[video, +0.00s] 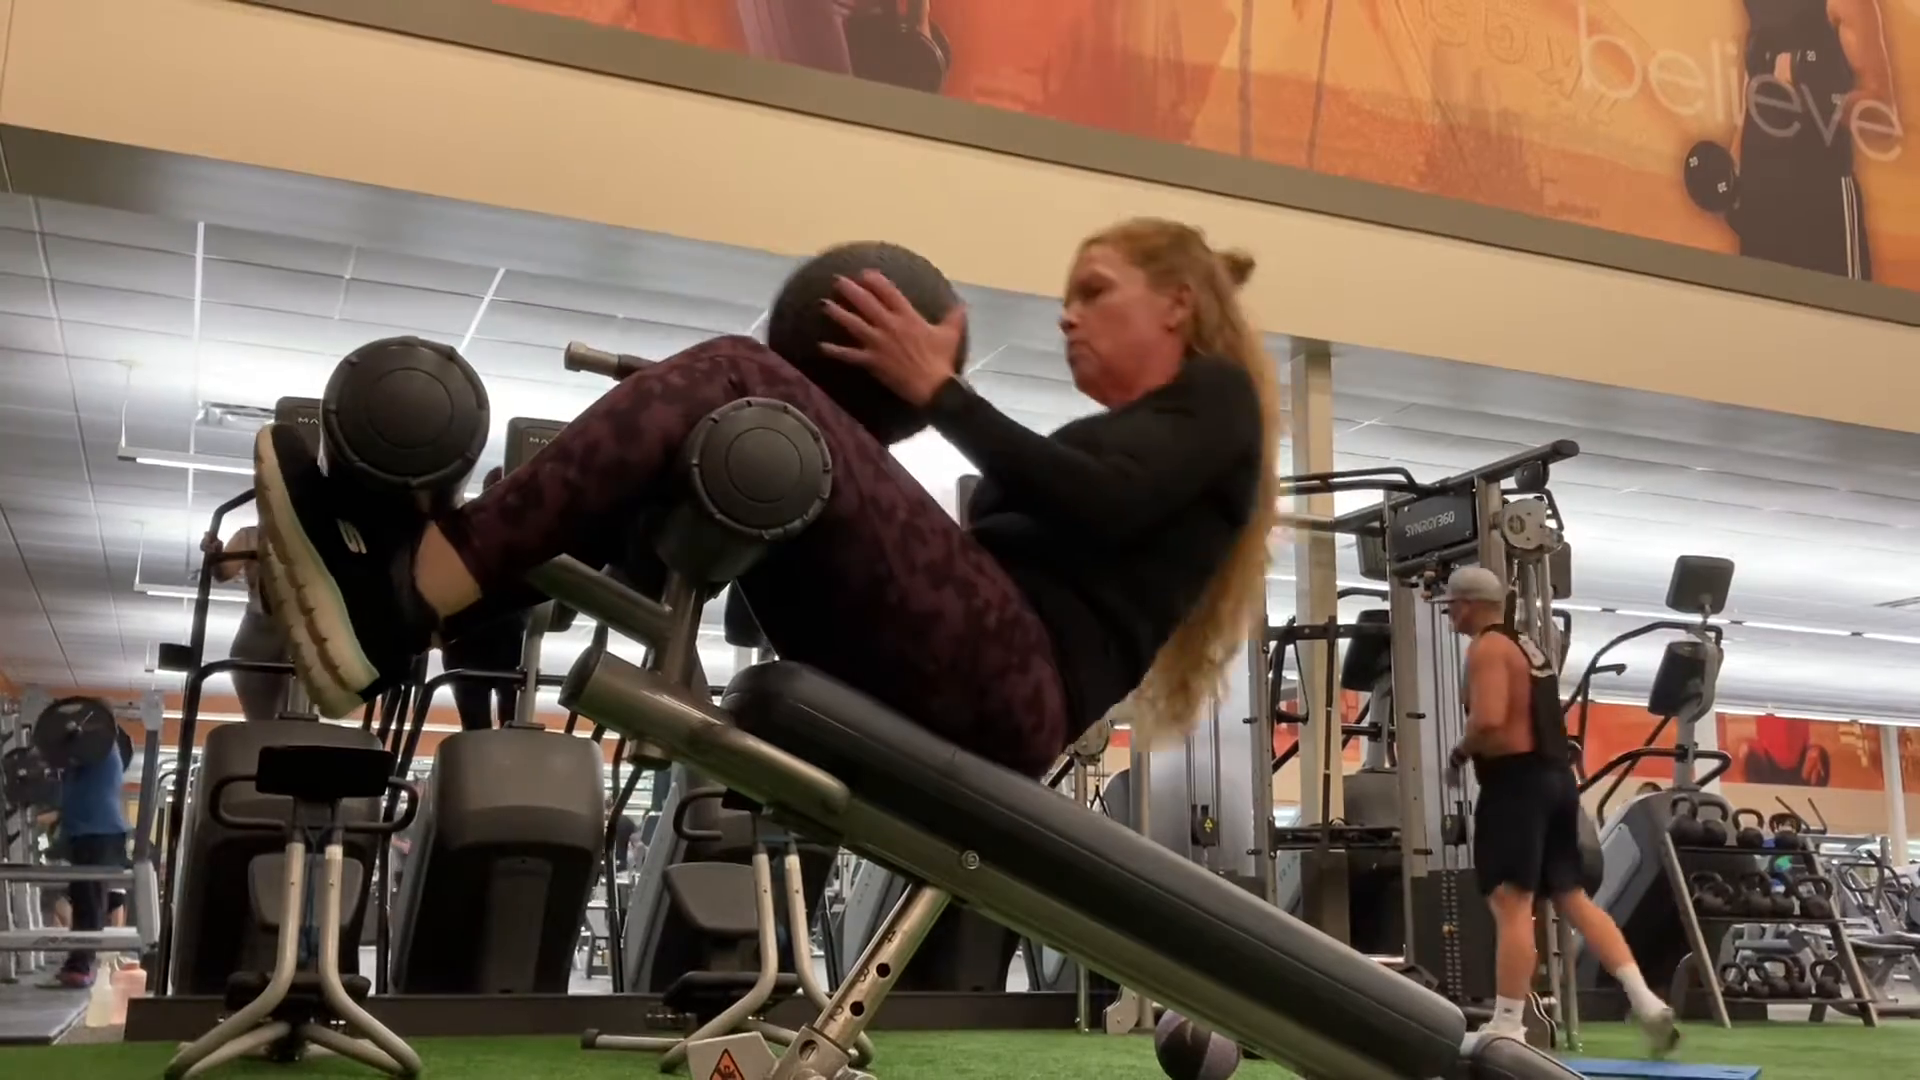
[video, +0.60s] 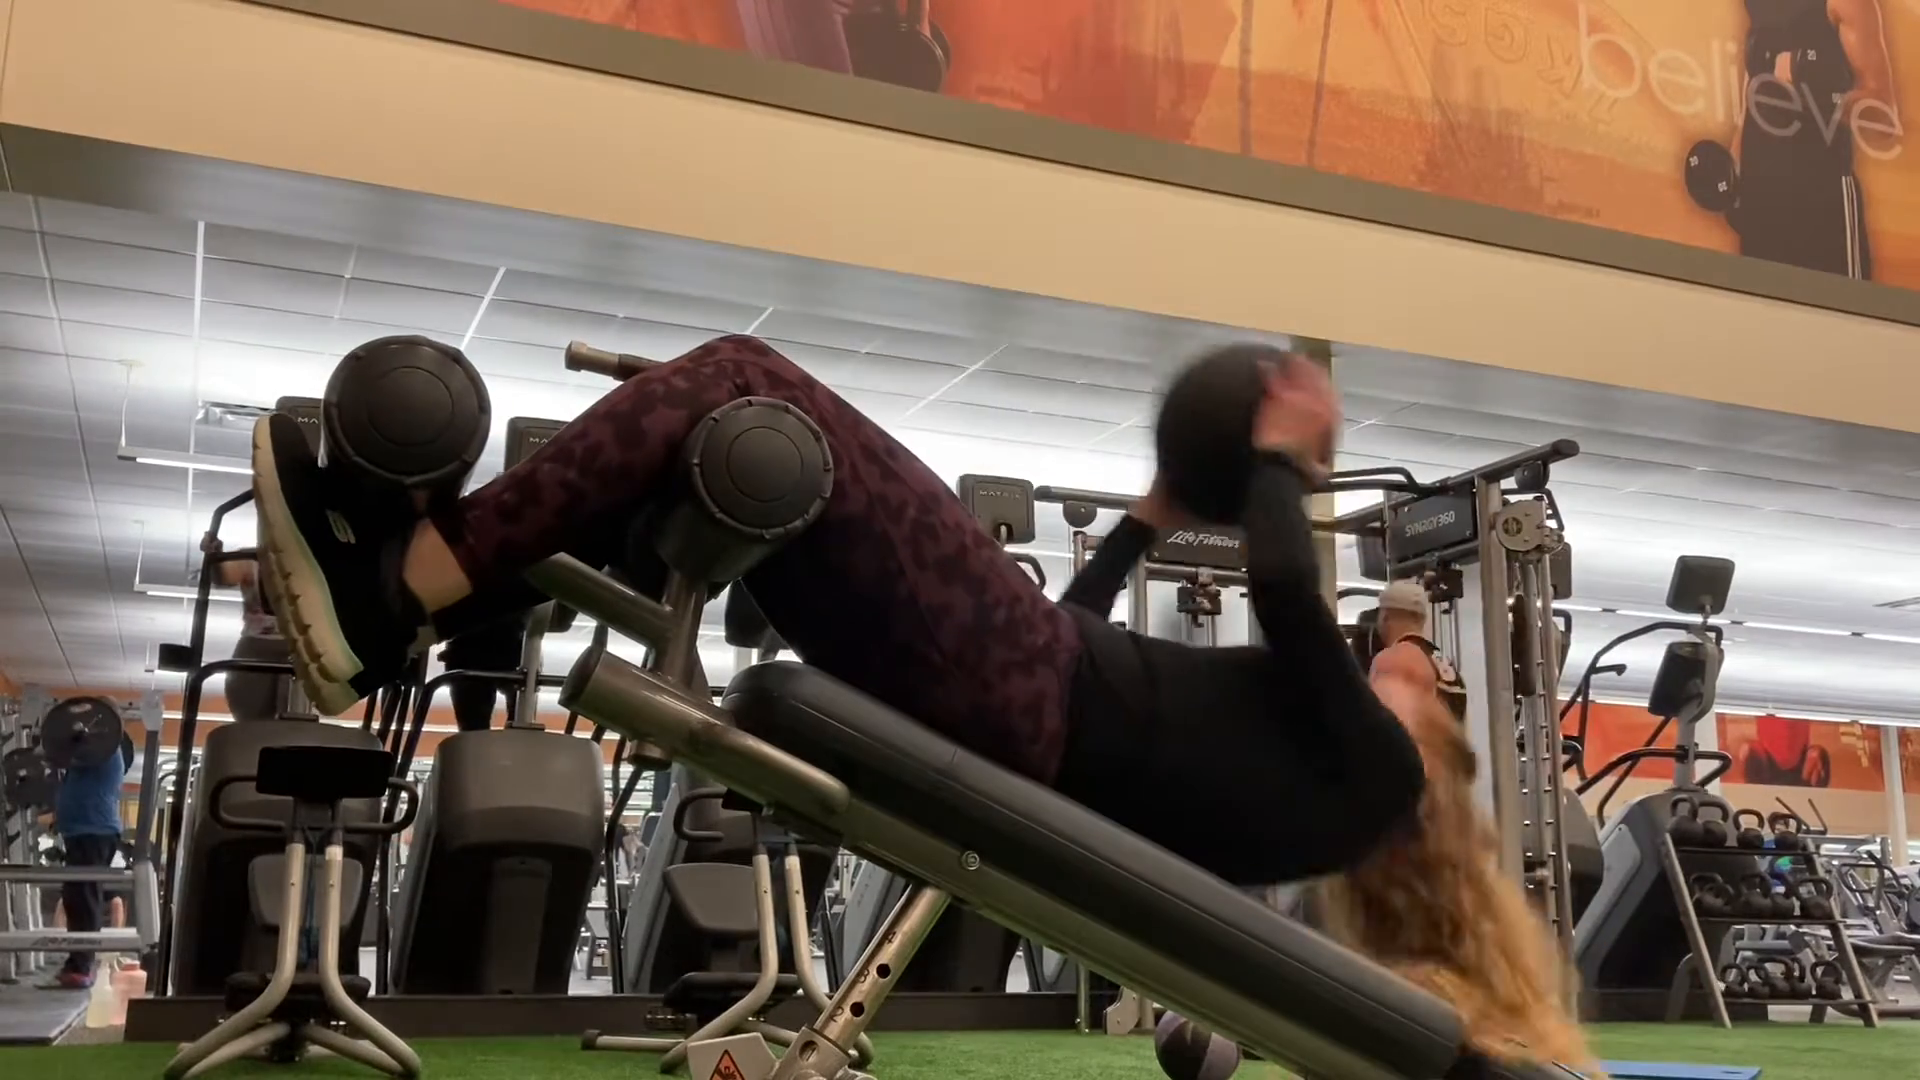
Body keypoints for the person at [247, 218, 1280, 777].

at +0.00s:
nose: (1068, 327)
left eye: (1091, 302)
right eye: (1070, 307)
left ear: (1176, 308)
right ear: (1128, 324)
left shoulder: (1216, 397)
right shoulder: (1121, 432)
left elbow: (1097, 497)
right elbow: (997, 542)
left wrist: (946, 396)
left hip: (1016, 677)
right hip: (958, 659)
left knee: (755, 381)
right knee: (747, 399)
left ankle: (421, 594)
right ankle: (422, 571)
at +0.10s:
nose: (1123, 367)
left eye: (1150, 345)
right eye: (1126, 351)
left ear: (1234, 359)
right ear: (1178, 374)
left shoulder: (1269, 449)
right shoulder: (1145, 478)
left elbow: (1141, 527)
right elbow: (919, 531)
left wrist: (989, 423)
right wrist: (693, 401)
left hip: (1017, 680)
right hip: (953, 651)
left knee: (752, 373)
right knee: (735, 394)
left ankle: (428, 584)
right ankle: (401, 586)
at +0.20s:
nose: (1182, 420)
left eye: (1212, 403)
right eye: (1186, 405)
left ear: (1288, 424)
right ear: (1225, 431)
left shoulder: (1309, 509)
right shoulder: (1210, 523)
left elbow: (1152, 555)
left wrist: (1032, 440)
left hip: (1029, 679)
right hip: (980, 667)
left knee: (747, 381)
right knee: (730, 393)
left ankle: (436, 579)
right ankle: (420, 575)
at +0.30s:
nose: (1239, 477)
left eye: (1269, 468)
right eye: (1247, 464)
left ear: (1341, 506)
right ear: (1258, 494)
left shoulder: (1336, 584)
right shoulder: (1208, 577)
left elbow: (1185, 575)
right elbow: (972, 497)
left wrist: (1072, 446)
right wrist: (1029, 396)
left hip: (1025, 685)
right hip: (964, 673)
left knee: (738, 387)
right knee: (734, 379)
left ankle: (421, 582)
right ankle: (436, 566)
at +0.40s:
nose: (1293, 537)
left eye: (1325, 533)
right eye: (1306, 524)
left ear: (1379, 590)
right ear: (1318, 568)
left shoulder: (1358, 652)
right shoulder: (1266, 648)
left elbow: (1215, 584)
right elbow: (1073, 635)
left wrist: (1128, 442)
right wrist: (1011, 517)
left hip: (1036, 677)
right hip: (996, 657)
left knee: (745, 377)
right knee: (727, 376)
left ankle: (426, 584)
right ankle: (421, 570)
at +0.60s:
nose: (1392, 644)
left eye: (1417, 657)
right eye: (1400, 638)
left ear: (1430, 740)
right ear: (1360, 670)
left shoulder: (1380, 770)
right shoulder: (1299, 746)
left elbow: (1287, 602)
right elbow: (1115, 640)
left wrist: (1284, 454)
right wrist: (1153, 531)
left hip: (1035, 685)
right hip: (1015, 681)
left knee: (739, 384)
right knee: (739, 382)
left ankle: (434, 566)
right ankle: (444, 568)